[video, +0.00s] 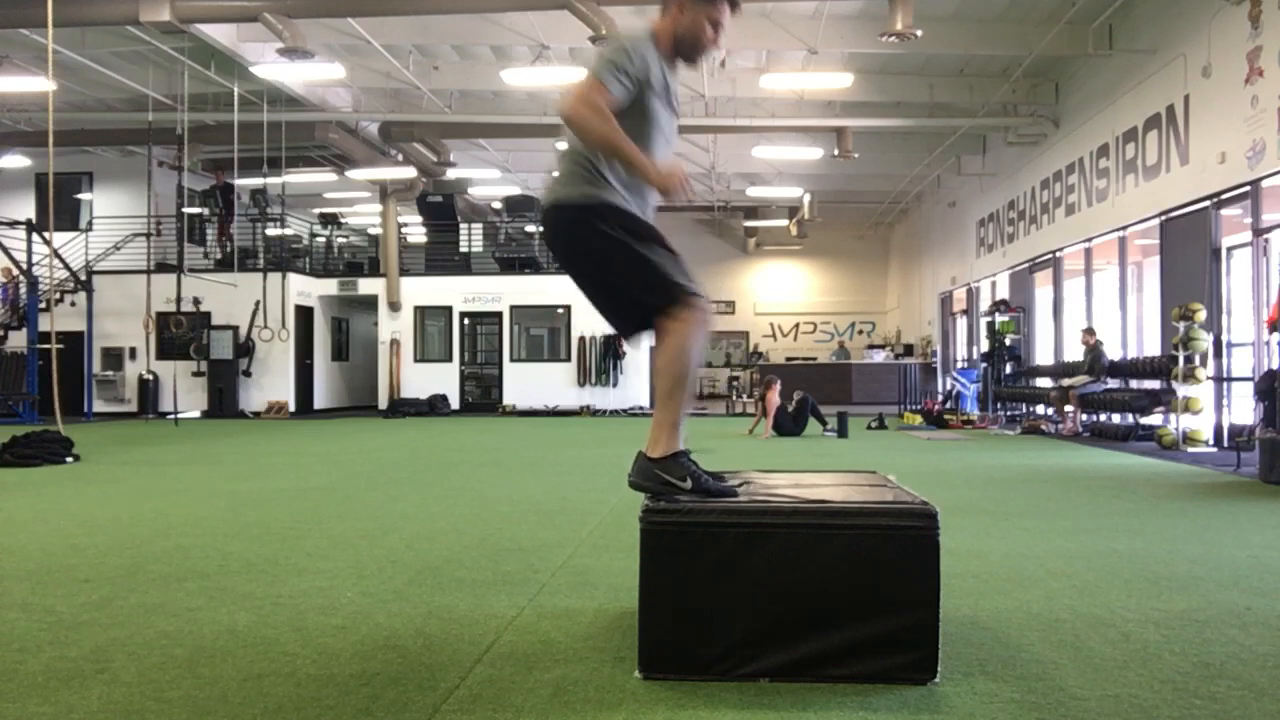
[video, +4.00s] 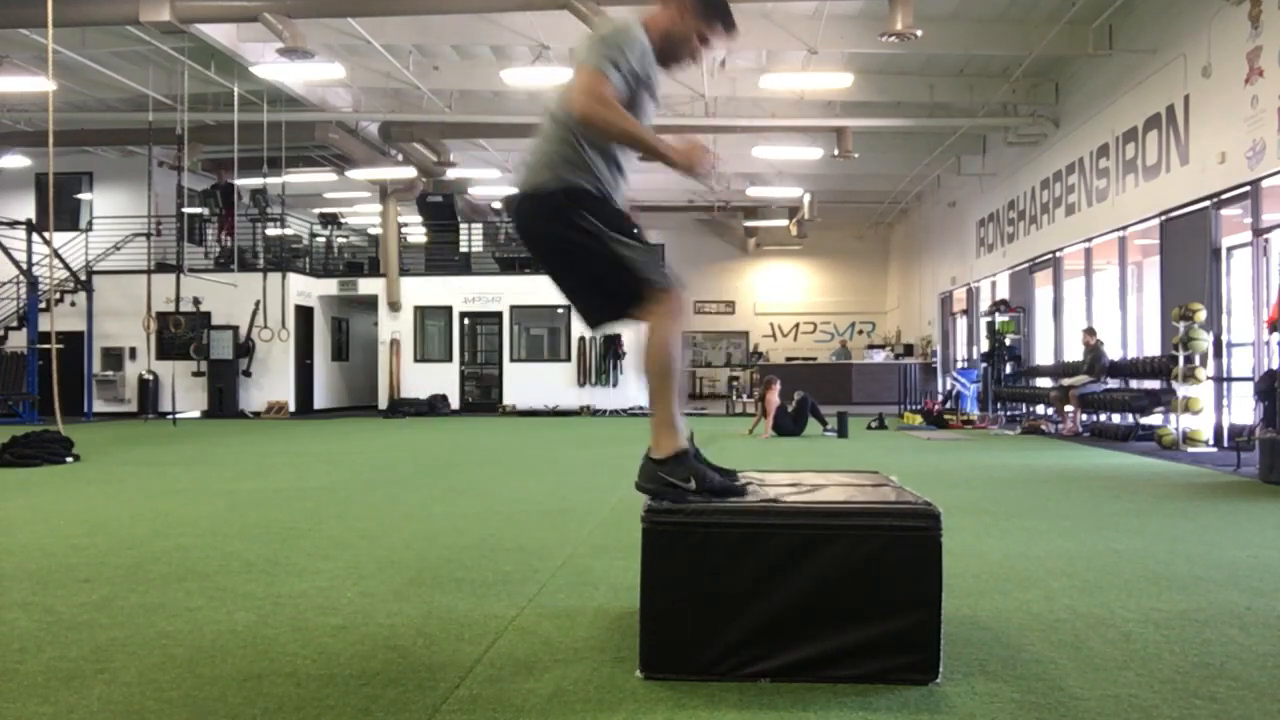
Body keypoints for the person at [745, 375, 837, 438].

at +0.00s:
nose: (779, 387)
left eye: (779, 384)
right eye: (778, 384)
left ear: (767, 385)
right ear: (774, 385)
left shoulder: (764, 396)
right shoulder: (772, 395)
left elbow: (759, 416)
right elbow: (770, 416)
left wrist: (751, 430)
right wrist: (767, 433)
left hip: (785, 430)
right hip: (793, 431)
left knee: (805, 398)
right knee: (807, 399)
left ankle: (825, 425)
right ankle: (826, 426)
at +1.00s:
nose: (779, 387)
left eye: (779, 384)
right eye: (778, 385)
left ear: (767, 385)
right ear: (773, 385)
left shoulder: (764, 396)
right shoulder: (772, 396)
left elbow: (759, 415)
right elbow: (770, 415)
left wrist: (751, 429)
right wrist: (767, 433)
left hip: (784, 430)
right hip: (793, 431)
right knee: (807, 399)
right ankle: (826, 426)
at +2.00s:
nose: (779, 387)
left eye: (779, 384)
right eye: (777, 385)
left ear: (769, 386)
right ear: (772, 386)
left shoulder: (765, 396)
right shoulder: (771, 397)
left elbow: (759, 415)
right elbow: (769, 416)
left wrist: (751, 429)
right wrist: (767, 433)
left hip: (785, 430)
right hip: (793, 431)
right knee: (808, 401)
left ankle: (799, 402)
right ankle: (826, 426)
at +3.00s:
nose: (779, 387)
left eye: (779, 384)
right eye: (778, 385)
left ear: (767, 385)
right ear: (773, 385)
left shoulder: (764, 396)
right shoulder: (772, 396)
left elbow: (759, 415)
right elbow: (769, 416)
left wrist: (750, 430)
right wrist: (767, 433)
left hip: (784, 430)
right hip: (792, 430)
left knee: (803, 398)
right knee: (806, 399)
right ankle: (826, 426)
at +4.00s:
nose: (779, 387)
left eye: (779, 385)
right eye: (778, 385)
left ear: (767, 385)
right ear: (773, 385)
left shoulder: (765, 396)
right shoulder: (772, 396)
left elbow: (759, 415)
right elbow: (770, 416)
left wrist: (750, 430)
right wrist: (767, 433)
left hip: (785, 430)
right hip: (792, 430)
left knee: (803, 397)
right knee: (806, 400)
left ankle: (825, 424)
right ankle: (826, 426)